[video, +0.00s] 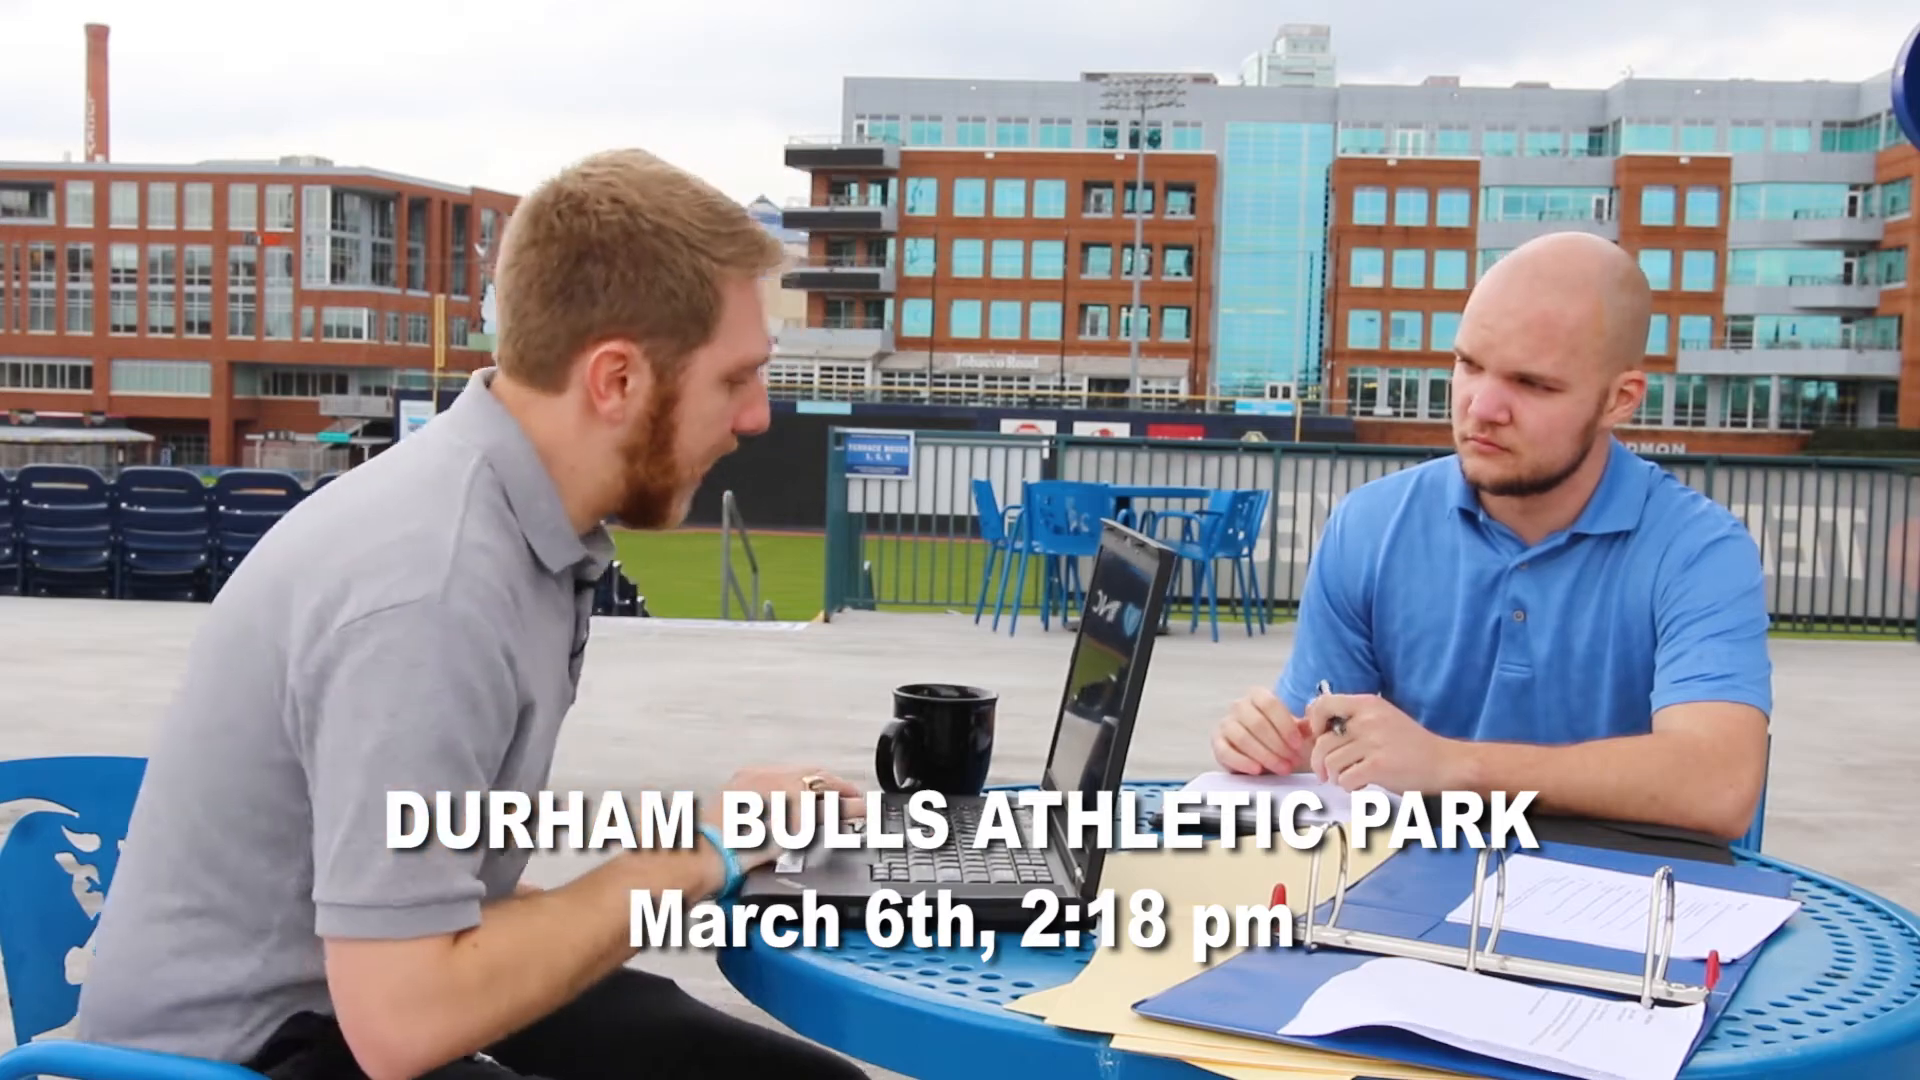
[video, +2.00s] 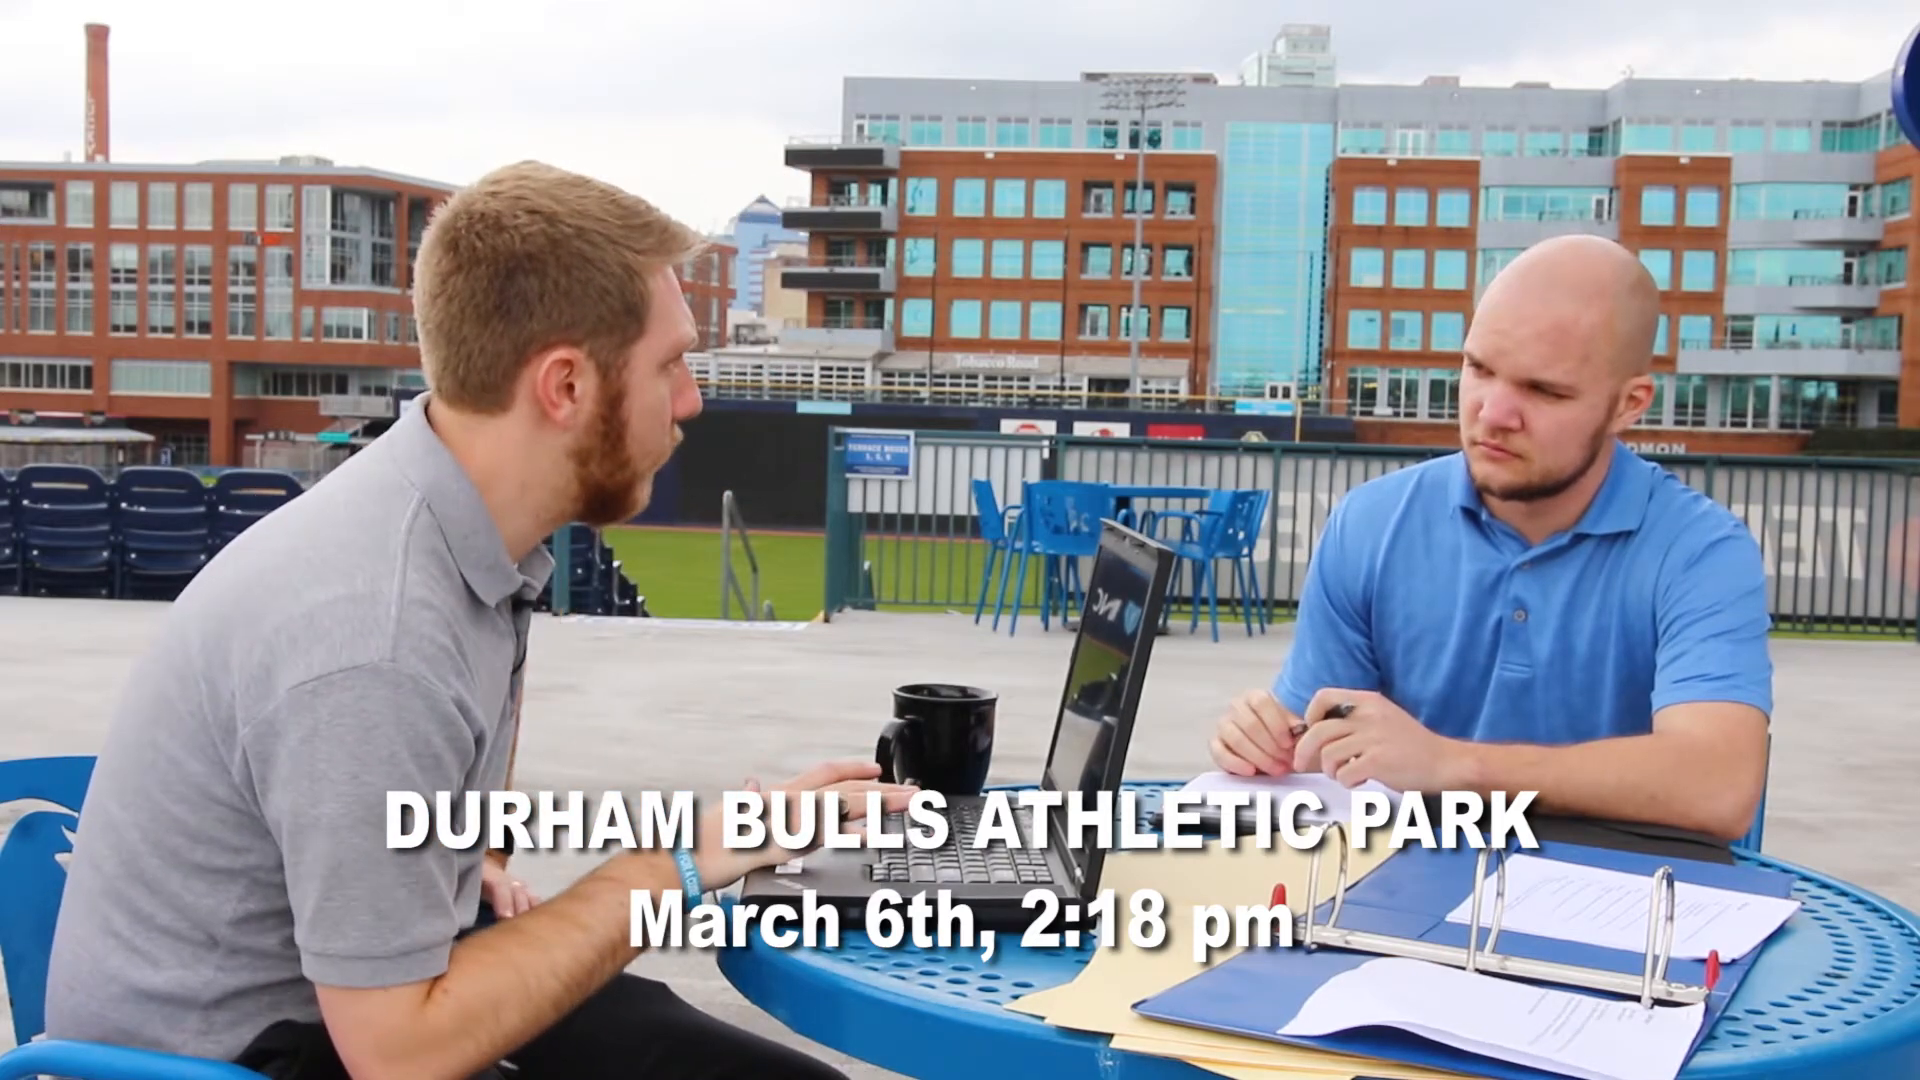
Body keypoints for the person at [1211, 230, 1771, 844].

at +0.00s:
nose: (1482, 406)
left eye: (1530, 383)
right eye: (1470, 364)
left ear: (1620, 400)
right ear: (1454, 354)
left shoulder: (1696, 549)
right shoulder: (1370, 525)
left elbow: (1713, 783)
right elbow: (1314, 728)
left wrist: (1449, 763)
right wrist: (1269, 735)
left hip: (1625, 914)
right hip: (1399, 891)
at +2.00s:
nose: (1494, 413)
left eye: (1543, 390)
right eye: (1481, 370)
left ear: (1626, 407)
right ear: (1463, 356)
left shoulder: (1697, 550)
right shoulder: (1369, 524)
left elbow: (1713, 785)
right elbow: (1304, 723)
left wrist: (1447, 763)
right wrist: (1264, 734)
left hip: (1622, 915)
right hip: (1394, 890)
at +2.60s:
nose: (1499, 409)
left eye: (1549, 386)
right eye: (1486, 366)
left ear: (1631, 404)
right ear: (1467, 355)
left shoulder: (1697, 552)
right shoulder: (1371, 525)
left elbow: (1713, 786)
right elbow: (1307, 733)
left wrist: (1447, 762)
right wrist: (1262, 738)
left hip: (1621, 918)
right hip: (1395, 895)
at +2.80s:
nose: (1500, 407)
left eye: (1551, 384)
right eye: (1488, 364)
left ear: (1633, 403)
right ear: (1468, 353)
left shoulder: (1697, 552)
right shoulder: (1370, 525)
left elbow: (1713, 786)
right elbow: (1306, 732)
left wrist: (1447, 762)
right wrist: (1260, 736)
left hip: (1620, 918)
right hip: (1394, 895)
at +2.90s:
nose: (1501, 409)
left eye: (1551, 386)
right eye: (1488, 366)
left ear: (1634, 404)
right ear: (1468, 354)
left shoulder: (1698, 553)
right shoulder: (1371, 525)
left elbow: (1713, 786)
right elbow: (1307, 731)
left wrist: (1446, 761)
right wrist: (1260, 736)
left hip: (1621, 918)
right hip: (1395, 895)